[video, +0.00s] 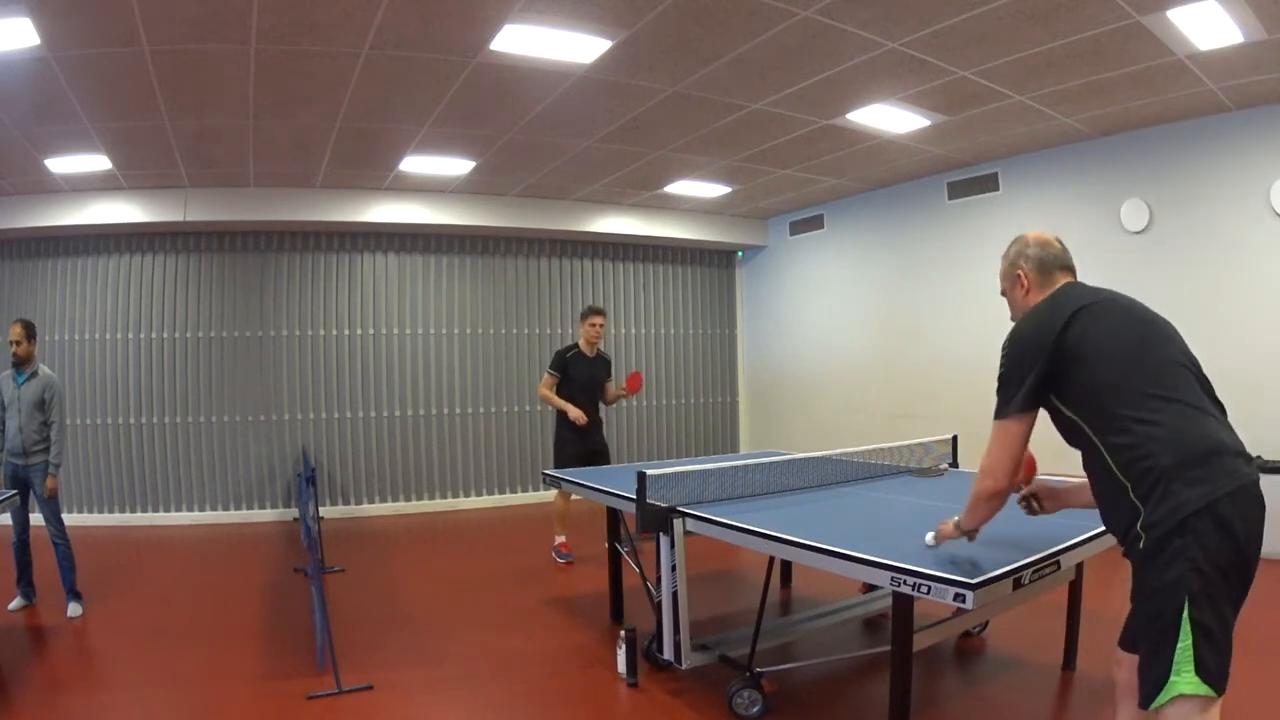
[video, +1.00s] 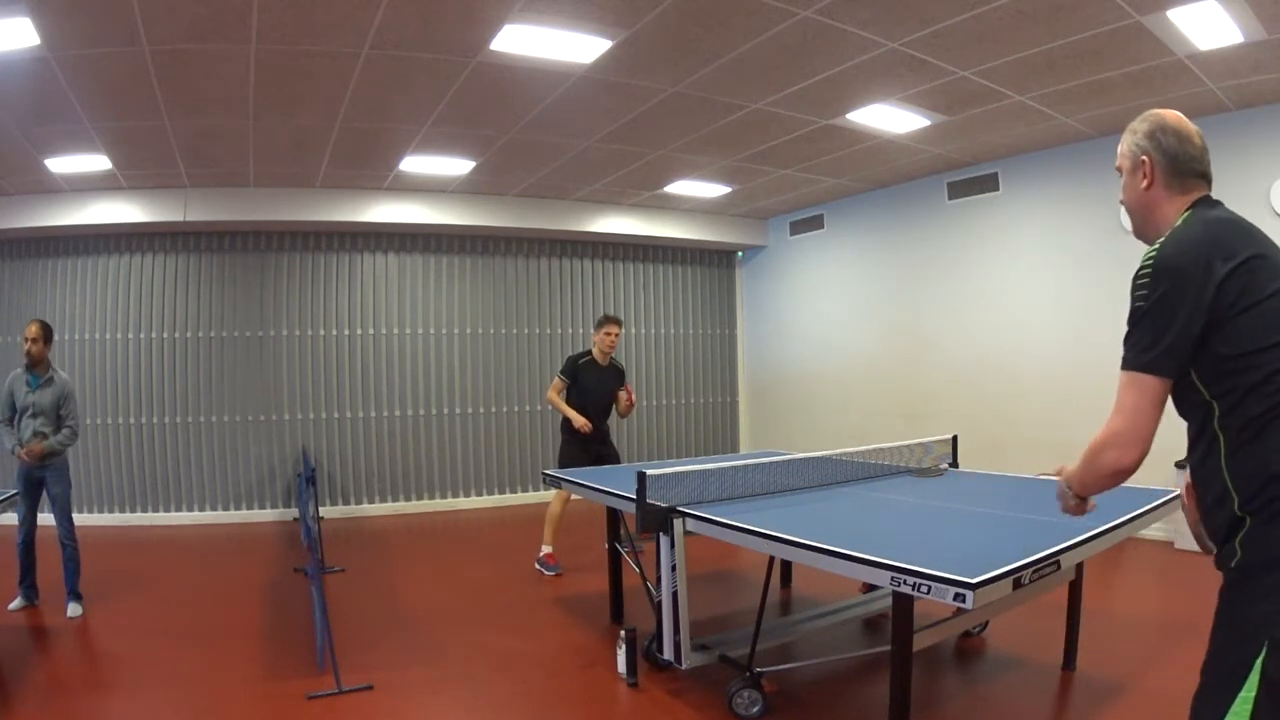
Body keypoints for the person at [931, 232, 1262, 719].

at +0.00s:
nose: (1009, 313)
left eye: (1006, 297)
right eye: (1005, 299)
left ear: (1022, 281)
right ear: (1069, 275)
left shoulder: (1034, 332)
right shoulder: (1119, 312)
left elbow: (996, 479)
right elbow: (1159, 466)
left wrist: (965, 525)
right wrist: (1063, 496)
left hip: (1188, 510)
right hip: (1227, 493)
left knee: (1184, 703)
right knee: (1133, 666)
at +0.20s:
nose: (1007, 310)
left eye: (1006, 295)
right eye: (1005, 296)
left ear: (1024, 291)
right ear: (1074, 284)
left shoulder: (1029, 353)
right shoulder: (1133, 322)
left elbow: (973, 476)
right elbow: (1179, 444)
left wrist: (937, 518)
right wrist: (1087, 486)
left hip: (1191, 520)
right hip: (1241, 500)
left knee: (1170, 701)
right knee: (1135, 661)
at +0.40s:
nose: (1023, 273)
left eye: (1022, 257)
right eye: (1022, 259)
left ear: (1040, 254)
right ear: (1092, 248)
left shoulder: (1052, 329)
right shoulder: (1151, 301)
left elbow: (1019, 489)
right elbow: (1187, 429)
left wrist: (996, 544)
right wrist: (1095, 469)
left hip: (1199, 534)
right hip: (1257, 514)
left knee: (1145, 707)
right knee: (1169, 702)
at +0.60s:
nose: (1055, 226)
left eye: (1054, 207)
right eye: (1053, 209)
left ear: (1076, 202)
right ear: (1134, 200)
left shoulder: (1094, 288)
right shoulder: (1194, 264)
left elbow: (1099, 469)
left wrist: (1058, 548)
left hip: (1221, 533)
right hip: (1268, 518)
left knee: (1149, 709)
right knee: (1190, 705)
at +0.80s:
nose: (1089, 200)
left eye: (1088, 181)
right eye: (1087, 183)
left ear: (1112, 176)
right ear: (1168, 174)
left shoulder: (1135, 266)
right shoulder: (1215, 240)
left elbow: (1095, 456)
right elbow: (1238, 391)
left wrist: (1038, 501)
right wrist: (1147, 467)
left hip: (1250, 539)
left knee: (1187, 710)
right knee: (1237, 701)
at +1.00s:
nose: (1118, 195)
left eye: (1119, 176)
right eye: (1117, 178)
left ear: (1145, 172)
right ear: (1195, 171)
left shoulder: (1175, 260)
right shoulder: (1242, 237)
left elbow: (1123, 447)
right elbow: (1260, 385)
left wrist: (1076, 483)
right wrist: (1204, 481)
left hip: (1268, 539)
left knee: (1225, 708)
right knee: (1255, 701)